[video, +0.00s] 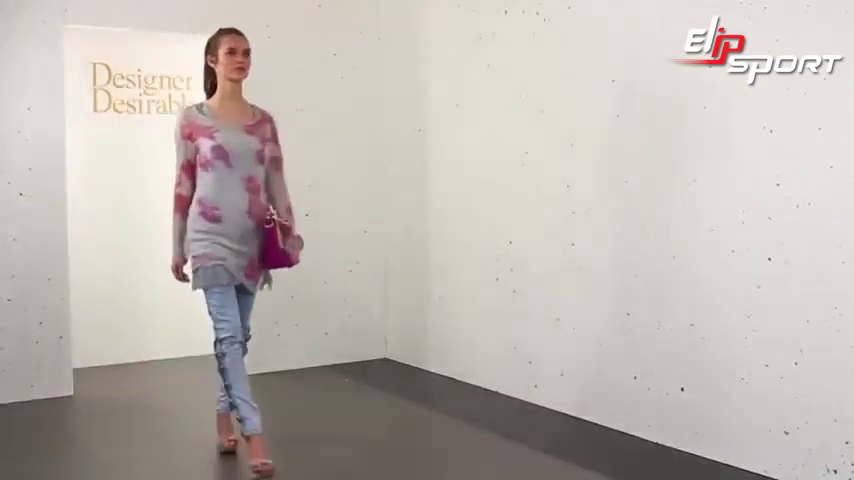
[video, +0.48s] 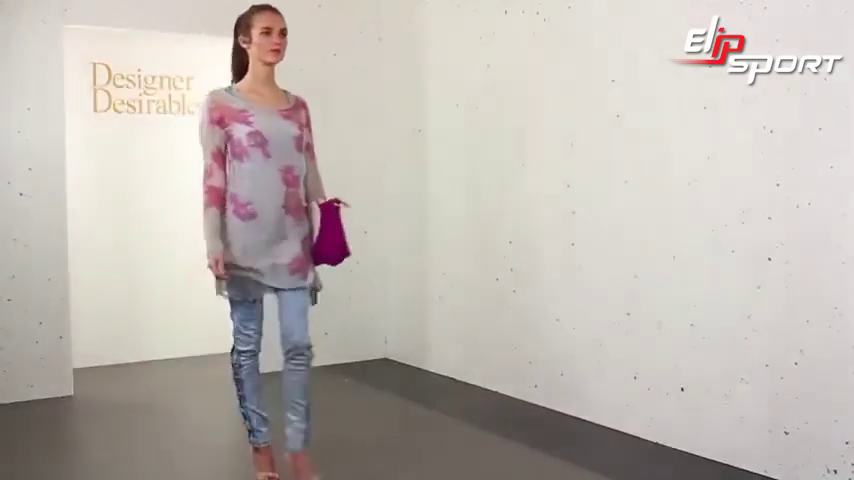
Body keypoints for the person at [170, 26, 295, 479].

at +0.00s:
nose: (240, 60)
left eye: (245, 53)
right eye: (232, 53)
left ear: (251, 61)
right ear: (212, 61)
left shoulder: (264, 120)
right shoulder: (192, 117)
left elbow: (276, 180)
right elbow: (184, 184)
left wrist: (289, 229)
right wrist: (178, 246)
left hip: (253, 238)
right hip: (208, 236)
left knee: (240, 334)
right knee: (228, 333)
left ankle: (225, 412)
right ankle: (252, 430)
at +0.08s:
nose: (244, 61)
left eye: (249, 54)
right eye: (235, 53)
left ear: (256, 61)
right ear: (216, 61)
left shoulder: (269, 121)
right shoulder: (197, 119)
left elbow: (282, 183)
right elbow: (188, 188)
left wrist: (296, 235)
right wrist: (182, 250)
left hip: (260, 239)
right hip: (213, 238)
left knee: (242, 337)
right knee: (234, 337)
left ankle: (225, 411)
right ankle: (256, 438)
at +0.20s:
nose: (251, 55)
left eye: (257, 48)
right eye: (242, 48)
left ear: (263, 56)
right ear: (223, 56)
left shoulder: (280, 116)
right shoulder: (204, 119)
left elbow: (292, 182)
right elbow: (195, 189)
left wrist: (302, 236)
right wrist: (189, 255)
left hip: (270, 241)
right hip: (222, 239)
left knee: (257, 343)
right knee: (239, 342)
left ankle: (232, 414)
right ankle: (260, 442)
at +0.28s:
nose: (258, 51)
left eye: (263, 44)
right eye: (248, 44)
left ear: (269, 52)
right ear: (228, 52)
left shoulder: (285, 114)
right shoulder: (208, 115)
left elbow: (297, 179)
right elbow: (200, 187)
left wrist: (310, 234)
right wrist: (194, 254)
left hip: (277, 240)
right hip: (227, 238)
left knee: (268, 347)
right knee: (242, 342)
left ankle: (245, 415)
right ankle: (260, 441)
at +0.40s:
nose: (269, 44)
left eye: (274, 37)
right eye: (259, 37)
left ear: (279, 46)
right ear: (238, 45)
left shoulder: (292, 108)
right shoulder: (215, 108)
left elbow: (305, 177)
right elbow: (208, 181)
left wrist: (317, 228)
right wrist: (206, 248)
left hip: (286, 241)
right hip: (236, 242)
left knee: (285, 343)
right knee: (247, 343)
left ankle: (278, 428)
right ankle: (260, 444)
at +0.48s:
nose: (277, 41)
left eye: (281, 34)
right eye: (267, 33)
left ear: (286, 42)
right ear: (245, 40)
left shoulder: (297, 105)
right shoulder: (220, 103)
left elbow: (311, 176)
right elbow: (213, 179)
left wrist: (325, 234)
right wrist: (214, 244)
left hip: (294, 240)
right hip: (242, 242)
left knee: (298, 347)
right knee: (247, 346)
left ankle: (298, 450)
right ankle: (260, 445)